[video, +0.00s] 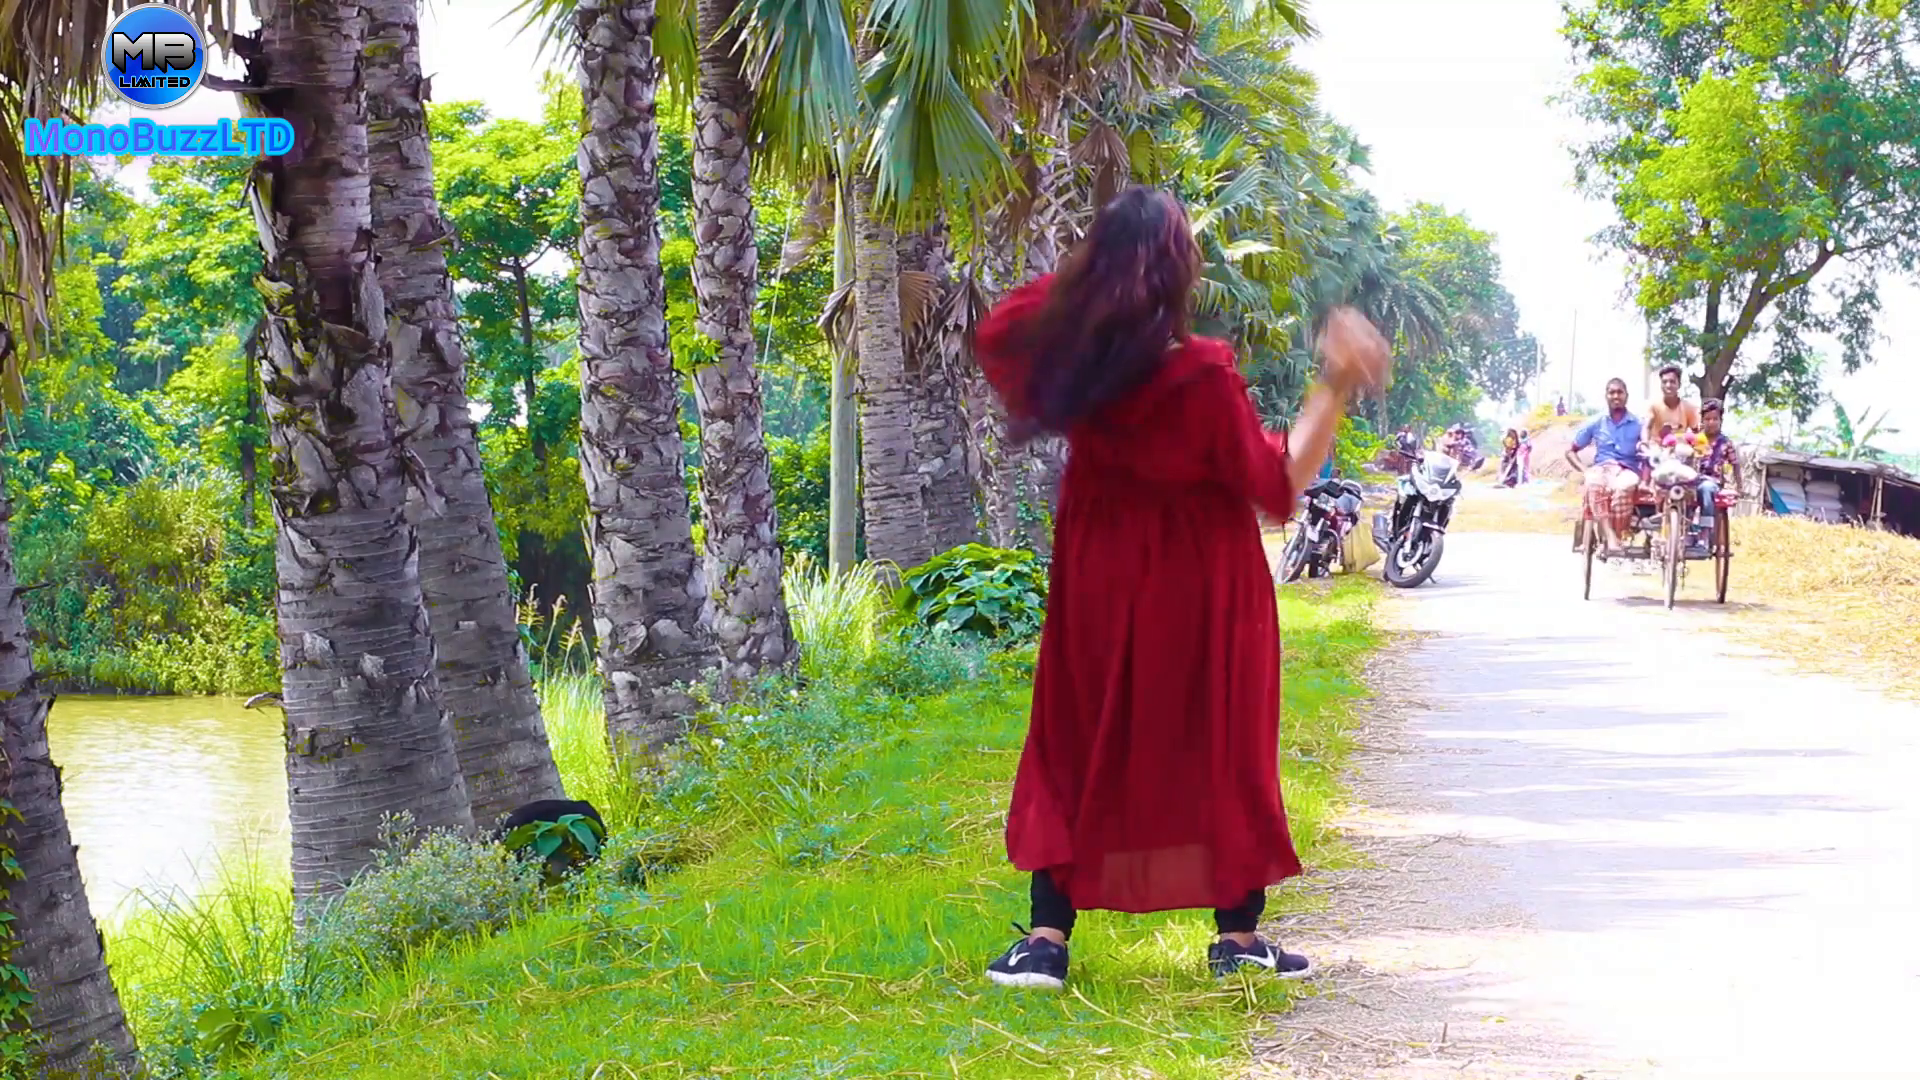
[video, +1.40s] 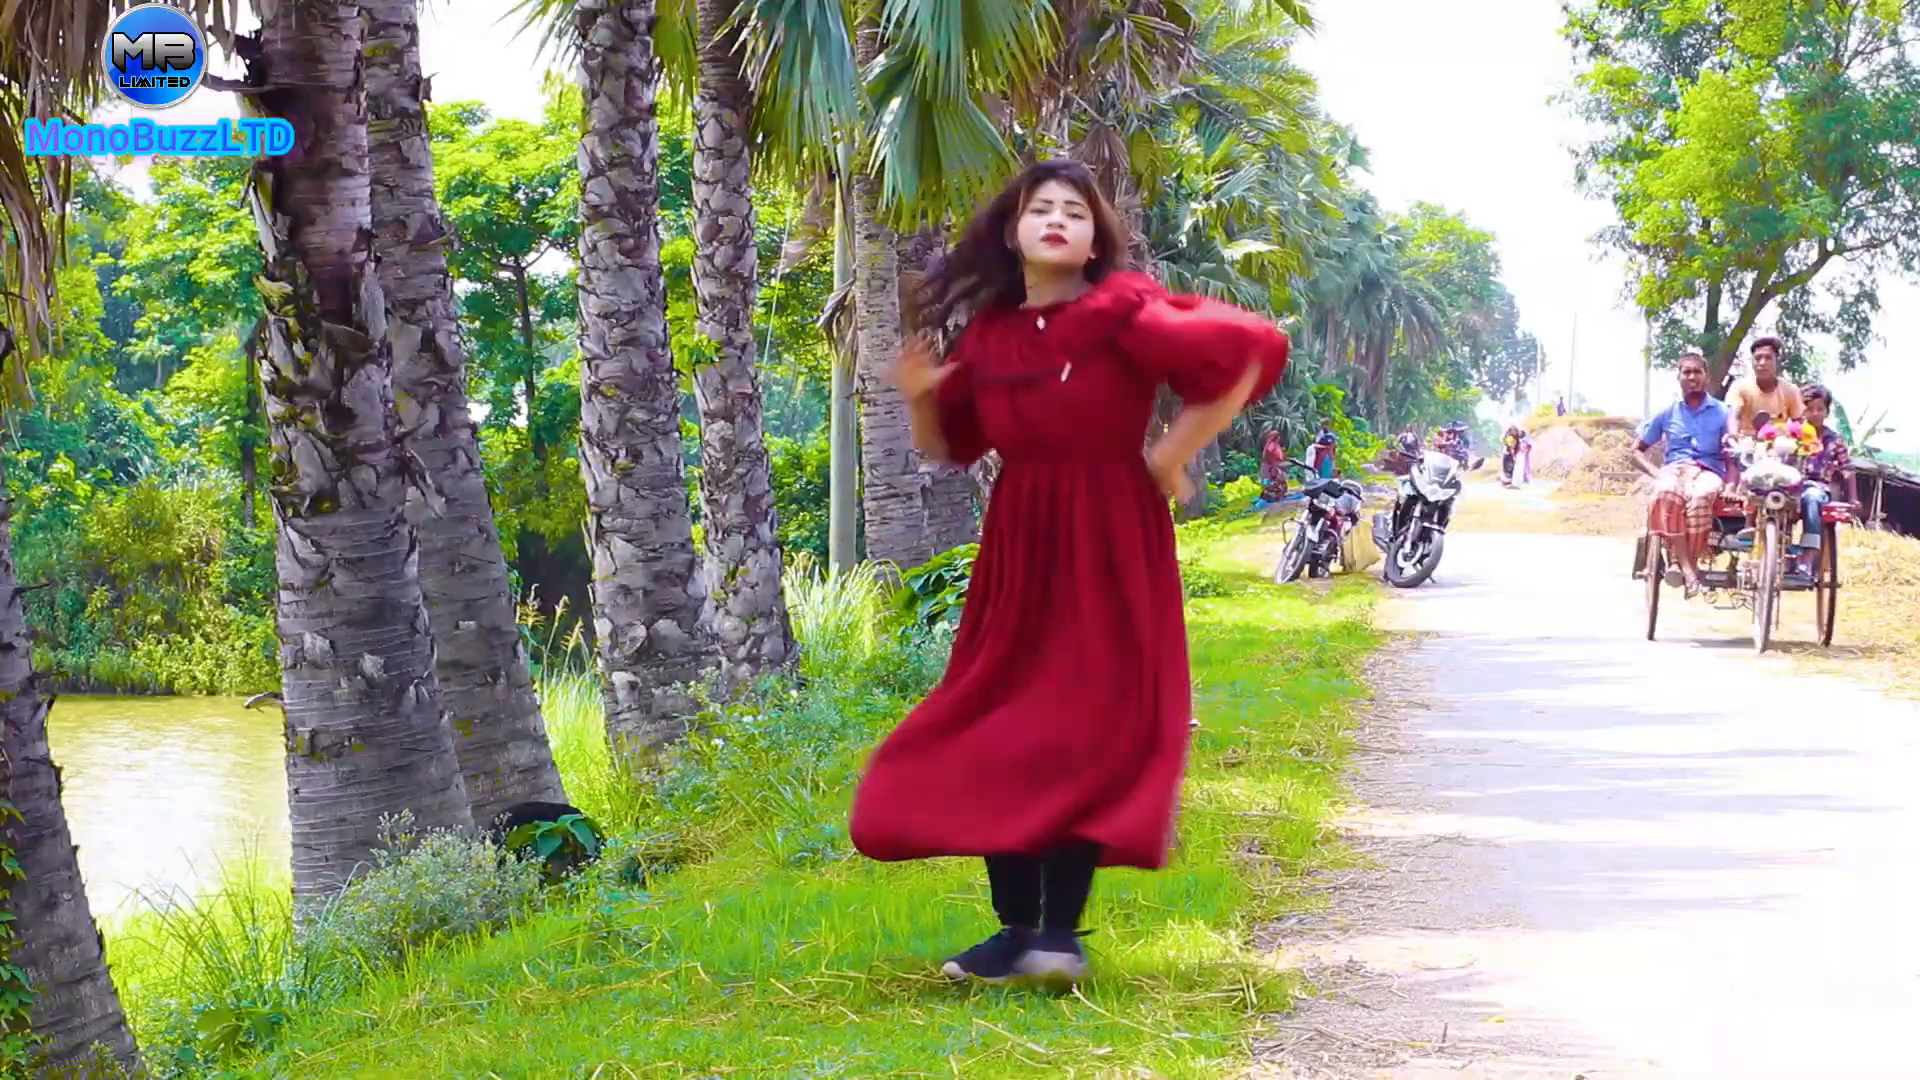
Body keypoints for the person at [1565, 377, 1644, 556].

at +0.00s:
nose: (1616, 396)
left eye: (1620, 392)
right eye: (1611, 392)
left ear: (1626, 395)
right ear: (1606, 396)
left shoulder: (1637, 424)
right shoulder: (1598, 422)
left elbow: (1646, 453)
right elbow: (1570, 452)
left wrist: (1646, 481)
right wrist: (1584, 470)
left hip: (1628, 468)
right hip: (1602, 466)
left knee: (1622, 490)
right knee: (1594, 487)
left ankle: (1615, 540)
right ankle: (1610, 536)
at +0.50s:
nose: (1639, 392)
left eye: (1643, 388)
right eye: (1634, 388)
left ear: (1651, 392)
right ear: (1628, 392)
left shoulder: (1662, 423)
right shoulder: (1618, 422)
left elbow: (1673, 458)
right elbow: (1589, 452)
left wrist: (1672, 485)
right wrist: (1605, 472)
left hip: (1653, 470)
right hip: (1624, 468)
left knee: (1648, 495)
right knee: (1617, 493)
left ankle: (1637, 551)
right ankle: (1636, 556)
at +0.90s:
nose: (1662, 388)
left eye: (1667, 383)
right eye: (1657, 383)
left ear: (1675, 387)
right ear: (1650, 387)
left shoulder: (1686, 420)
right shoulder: (1640, 419)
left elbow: (1697, 458)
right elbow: (1607, 451)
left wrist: (1695, 487)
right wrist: (1626, 474)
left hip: (1675, 472)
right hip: (1644, 470)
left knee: (1669, 496)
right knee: (1637, 495)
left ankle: (1660, 559)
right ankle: (1655, 561)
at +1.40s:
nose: (1692, 377)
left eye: (1697, 372)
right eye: (1686, 372)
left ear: (1707, 376)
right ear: (1678, 377)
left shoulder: (1721, 412)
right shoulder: (1670, 412)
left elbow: (1732, 455)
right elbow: (1635, 450)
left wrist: (1730, 486)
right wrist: (1657, 473)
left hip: (1708, 469)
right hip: (1674, 467)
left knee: (1701, 499)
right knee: (1668, 496)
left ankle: (1688, 567)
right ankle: (1688, 572)